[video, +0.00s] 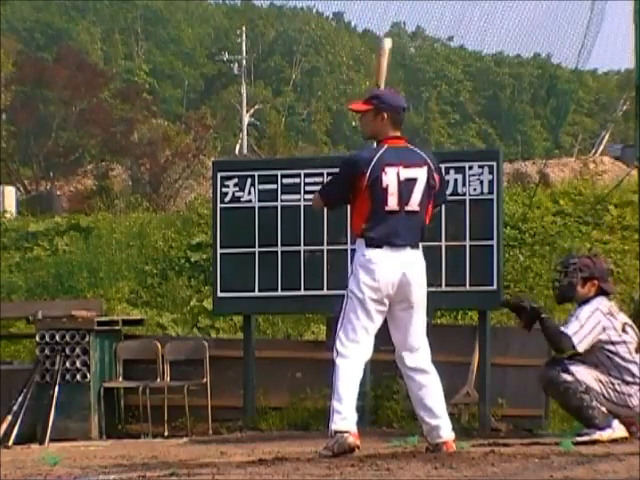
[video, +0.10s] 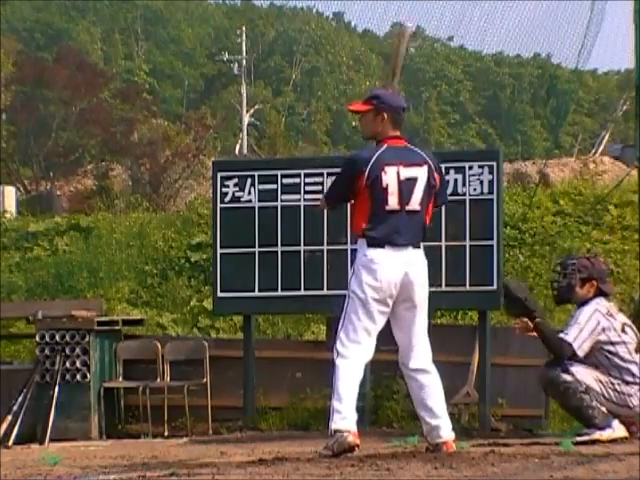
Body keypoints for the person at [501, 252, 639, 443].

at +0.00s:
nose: (562, 282)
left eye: (570, 278)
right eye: (564, 276)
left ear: (592, 286)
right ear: (592, 286)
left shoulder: (596, 309)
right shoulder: (602, 306)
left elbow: (563, 345)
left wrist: (541, 317)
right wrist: (532, 317)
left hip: (630, 396)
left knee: (556, 371)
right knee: (559, 367)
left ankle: (606, 426)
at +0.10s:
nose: (561, 284)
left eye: (569, 279)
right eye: (563, 277)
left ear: (591, 286)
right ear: (591, 287)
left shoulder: (593, 310)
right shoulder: (603, 307)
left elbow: (564, 351)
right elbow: (574, 350)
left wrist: (536, 323)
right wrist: (541, 331)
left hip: (630, 396)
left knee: (556, 372)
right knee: (564, 367)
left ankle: (606, 426)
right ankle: (625, 421)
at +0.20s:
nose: (560, 285)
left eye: (568, 280)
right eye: (562, 279)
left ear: (590, 287)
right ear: (590, 288)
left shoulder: (593, 310)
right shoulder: (603, 308)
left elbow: (561, 352)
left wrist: (522, 324)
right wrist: (544, 344)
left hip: (630, 397)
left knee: (556, 373)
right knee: (560, 368)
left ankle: (606, 426)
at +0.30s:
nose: (559, 286)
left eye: (567, 281)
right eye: (561, 280)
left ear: (589, 288)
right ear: (589, 289)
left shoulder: (591, 310)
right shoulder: (603, 308)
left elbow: (562, 353)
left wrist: (524, 332)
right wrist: (546, 355)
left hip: (629, 397)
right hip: (630, 394)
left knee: (555, 373)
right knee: (565, 368)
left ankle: (606, 426)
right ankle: (625, 421)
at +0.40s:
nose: (556, 286)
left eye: (565, 281)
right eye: (558, 280)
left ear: (586, 289)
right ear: (587, 290)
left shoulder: (589, 311)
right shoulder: (600, 308)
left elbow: (568, 355)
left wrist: (525, 334)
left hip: (629, 396)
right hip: (630, 393)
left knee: (553, 373)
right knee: (564, 369)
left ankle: (606, 426)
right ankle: (625, 421)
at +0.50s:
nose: (555, 287)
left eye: (563, 282)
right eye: (556, 281)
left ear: (585, 289)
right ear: (585, 290)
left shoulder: (587, 312)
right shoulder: (601, 309)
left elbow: (572, 357)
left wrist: (527, 341)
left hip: (629, 398)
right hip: (631, 394)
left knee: (552, 374)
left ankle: (606, 426)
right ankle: (624, 422)